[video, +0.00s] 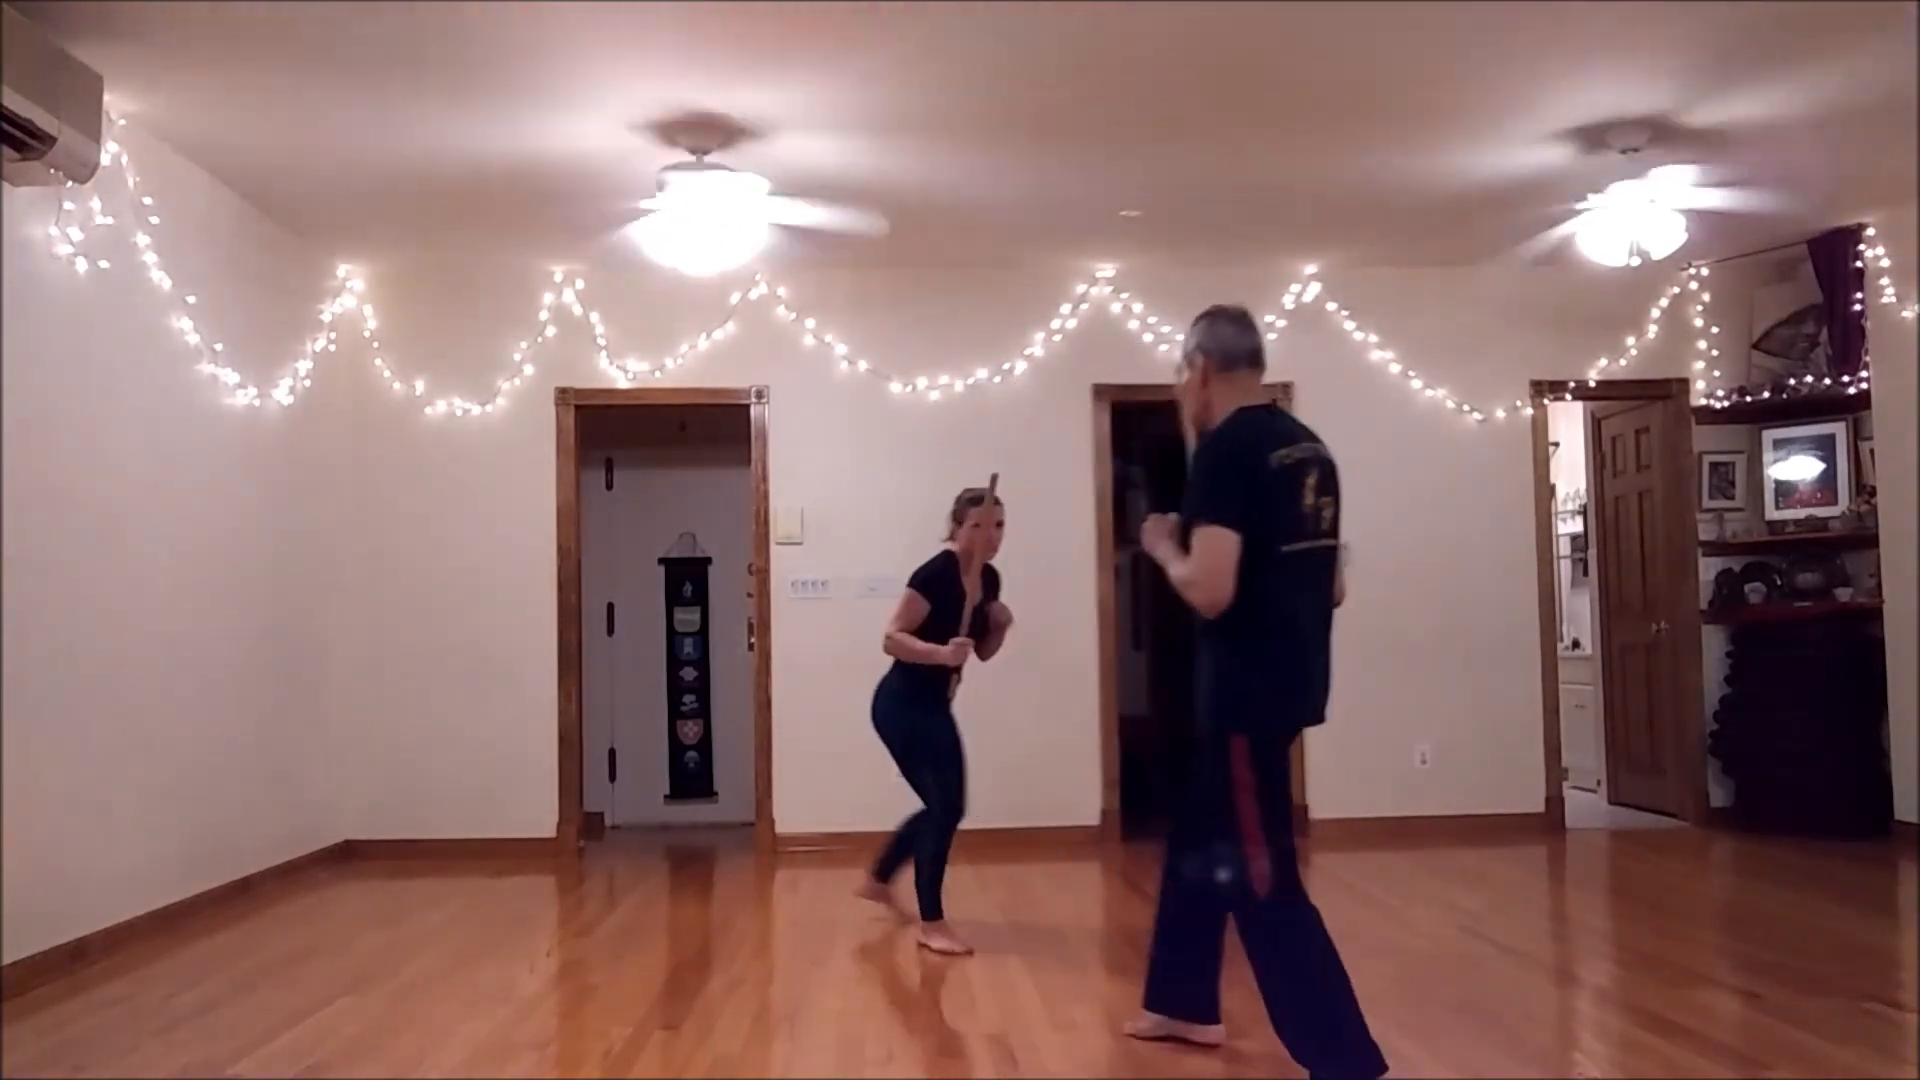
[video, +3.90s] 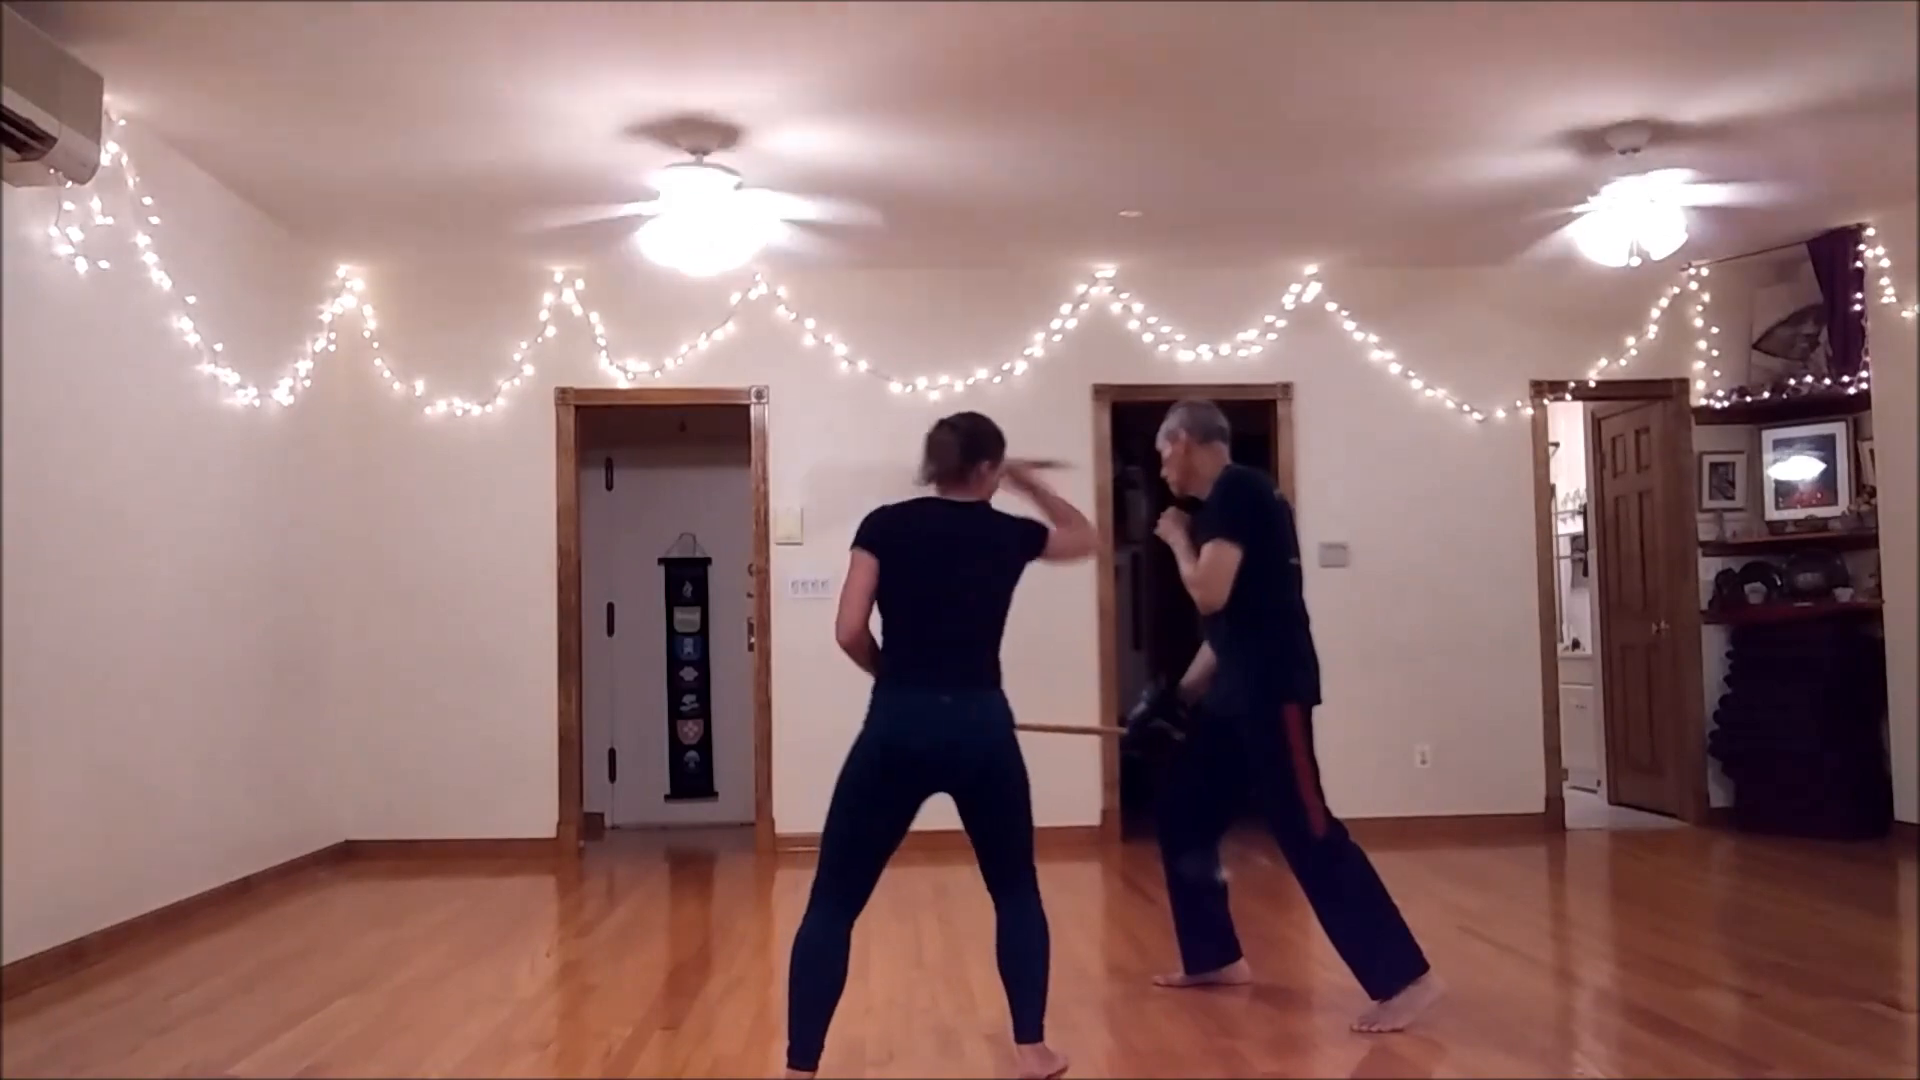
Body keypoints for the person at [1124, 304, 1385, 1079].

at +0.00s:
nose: (1178, 390)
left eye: (1180, 375)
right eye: (1180, 375)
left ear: (1199, 370)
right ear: (1257, 368)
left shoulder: (1227, 450)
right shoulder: (1305, 443)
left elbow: (1210, 590)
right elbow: (1333, 586)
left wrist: (1165, 549)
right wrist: (1239, 557)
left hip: (1238, 688)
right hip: (1285, 682)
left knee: (1263, 877)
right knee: (1199, 839)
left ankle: (1350, 1063)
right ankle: (1185, 1005)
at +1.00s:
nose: (1223, 414)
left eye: (1227, 398)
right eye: (1223, 399)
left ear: (1257, 390)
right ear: (1277, 389)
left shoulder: (1320, 450)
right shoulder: (1299, 461)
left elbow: (1312, 574)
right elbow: (1309, 576)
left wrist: (1231, 537)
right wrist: (1234, 556)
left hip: (1350, 690)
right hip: (1307, 690)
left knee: (1367, 854)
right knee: (1262, 847)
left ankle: (1468, 1033)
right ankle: (1284, 1009)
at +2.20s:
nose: (1272, 420)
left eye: (1277, 404)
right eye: (1272, 405)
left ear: (1314, 397)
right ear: (1323, 396)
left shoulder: (1364, 461)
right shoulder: (1362, 464)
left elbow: (1325, 592)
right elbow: (1350, 588)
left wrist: (1262, 530)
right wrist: (1285, 551)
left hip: (1393, 697)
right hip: (1348, 694)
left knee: (1419, 859)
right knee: (1277, 840)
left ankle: (1542, 1014)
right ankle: (1289, 1002)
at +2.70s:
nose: (1277, 441)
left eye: (1282, 430)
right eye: (1282, 430)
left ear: (1299, 435)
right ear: (1335, 439)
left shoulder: (1326, 501)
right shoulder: (1325, 501)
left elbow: (1279, 607)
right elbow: (1251, 579)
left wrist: (1263, 532)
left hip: (1344, 713)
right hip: (1314, 709)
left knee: (1407, 865)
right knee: (1238, 814)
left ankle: (1547, 1014)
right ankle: (1220, 954)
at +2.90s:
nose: (1194, 478)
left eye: (1197, 466)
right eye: (1194, 467)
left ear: (1218, 461)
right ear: (1239, 456)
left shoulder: (1267, 500)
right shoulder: (1241, 517)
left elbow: (1242, 601)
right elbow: (1191, 620)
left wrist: (1206, 546)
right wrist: (1113, 663)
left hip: (1309, 699)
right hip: (1269, 699)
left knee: (1304, 848)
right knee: (1208, 814)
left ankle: (1438, 964)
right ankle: (1216, 958)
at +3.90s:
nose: (1161, 466)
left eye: (1165, 453)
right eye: (1160, 454)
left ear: (1193, 445)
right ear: (1205, 445)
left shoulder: (1238, 490)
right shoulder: (1227, 500)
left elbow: (1212, 591)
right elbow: (1228, 621)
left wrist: (1178, 541)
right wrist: (1181, 694)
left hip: (1274, 686)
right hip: (1239, 687)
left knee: (1308, 829)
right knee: (1183, 812)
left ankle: (1406, 979)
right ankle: (1213, 958)